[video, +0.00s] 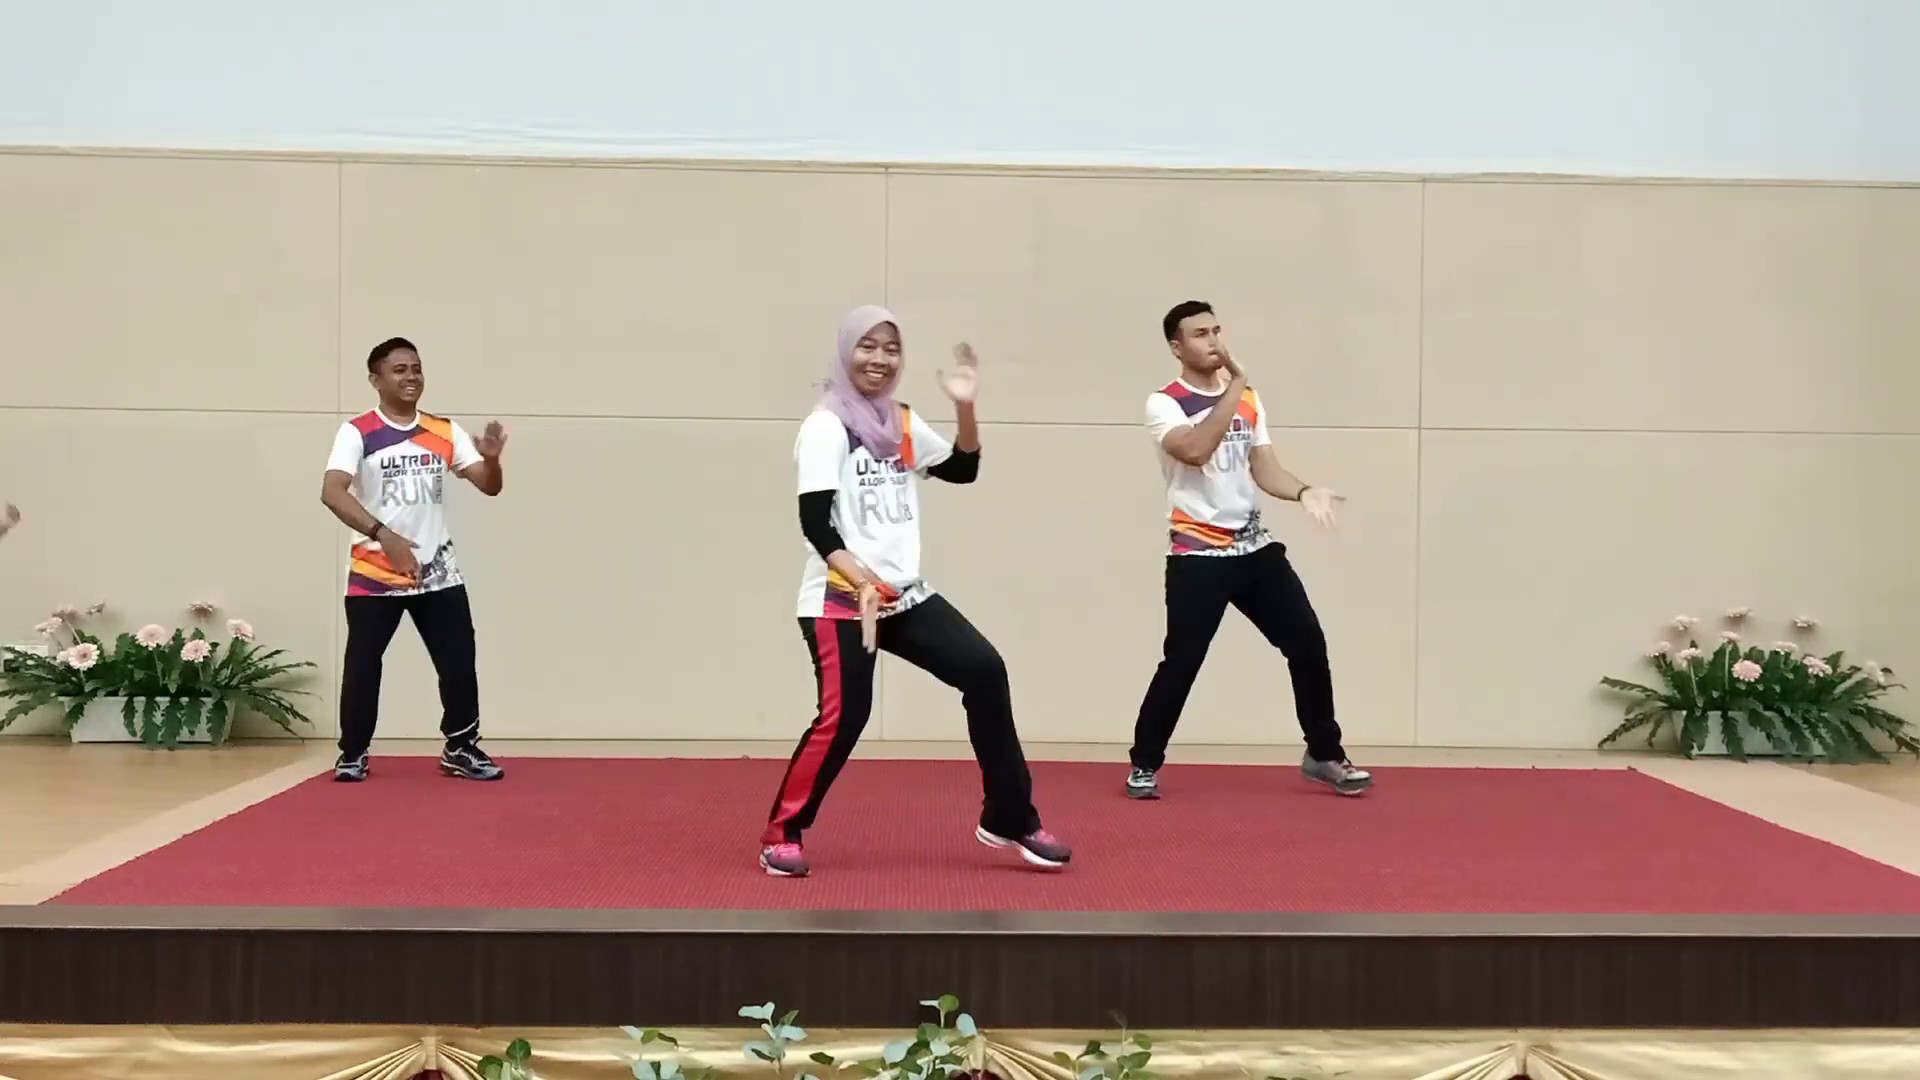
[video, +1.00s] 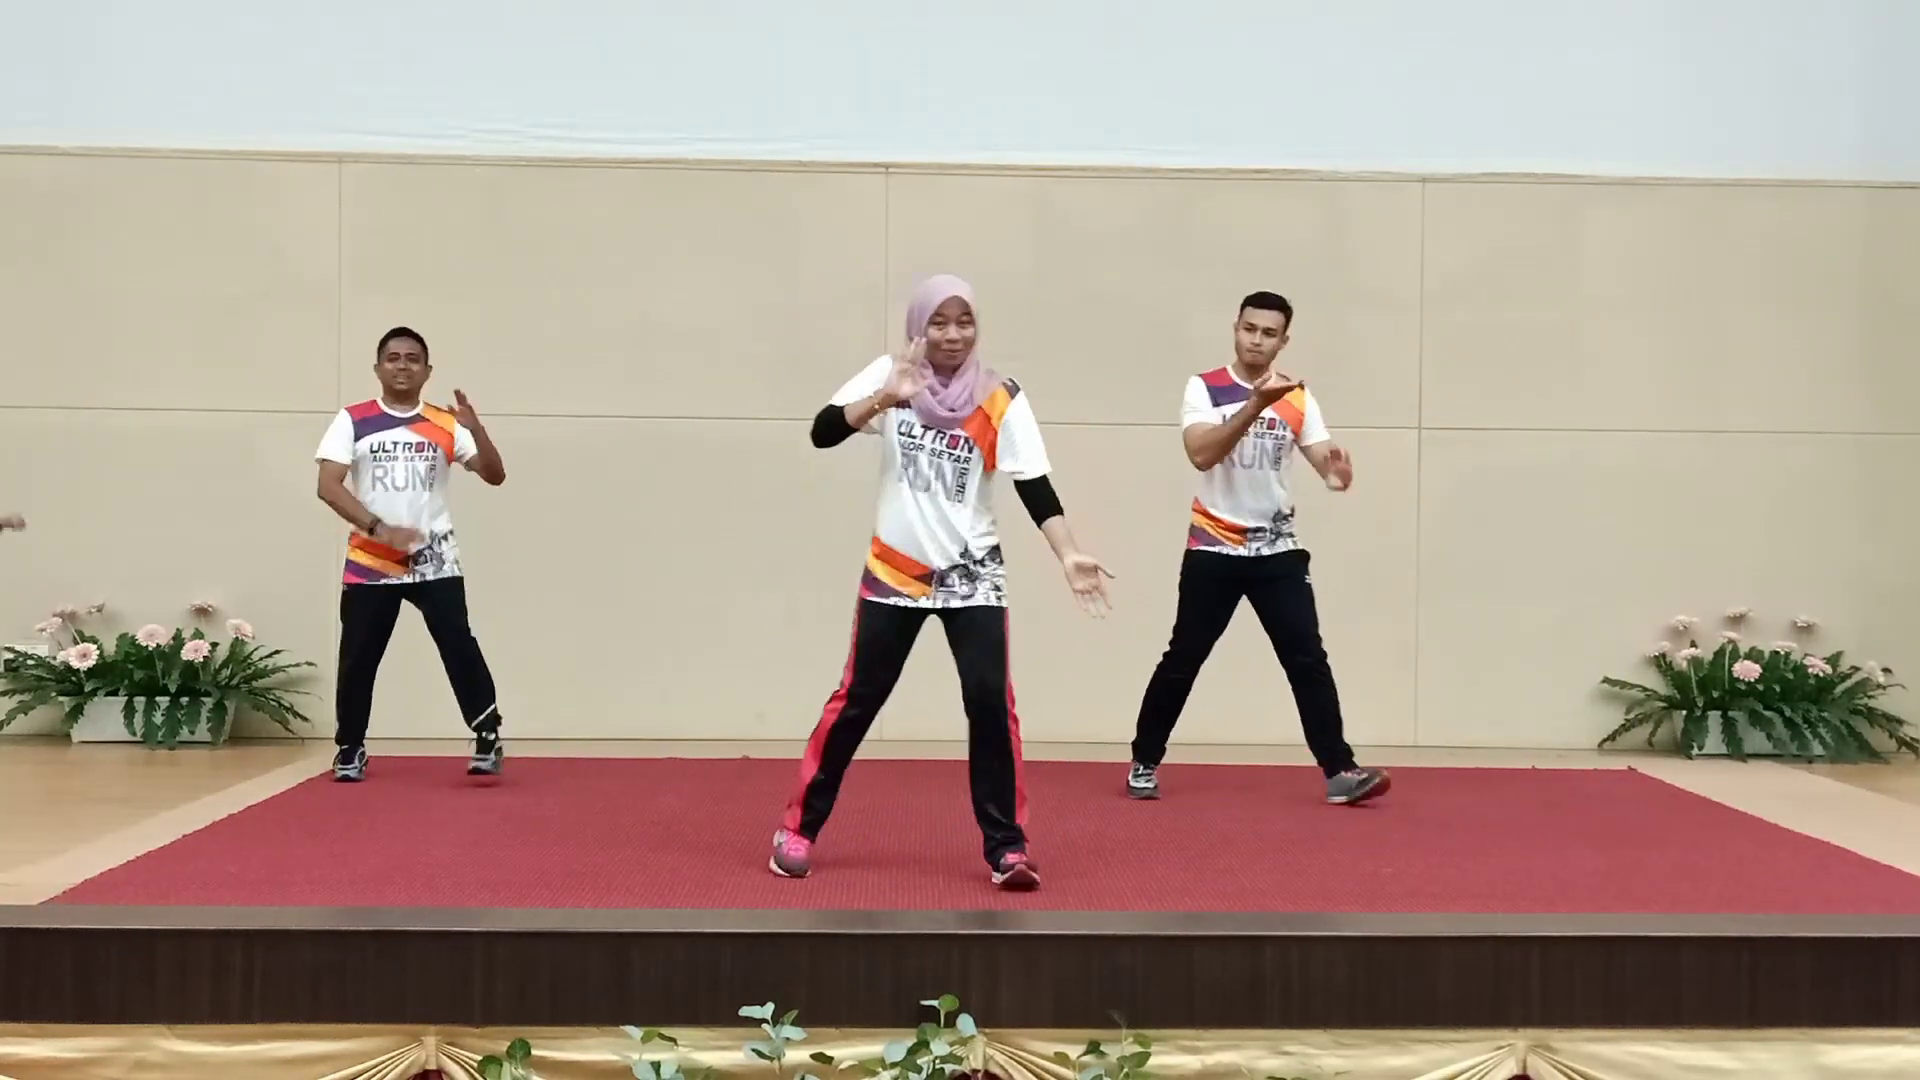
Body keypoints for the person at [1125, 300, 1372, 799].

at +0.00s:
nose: (1213, 340)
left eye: (1216, 331)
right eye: (1200, 334)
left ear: (1225, 336)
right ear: (1177, 346)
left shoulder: (1244, 397)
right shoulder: (1162, 403)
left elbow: (1264, 468)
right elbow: (1192, 449)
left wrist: (1303, 490)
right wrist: (1234, 388)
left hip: (1254, 552)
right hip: (1197, 557)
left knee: (1307, 642)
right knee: (1182, 662)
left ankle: (1323, 755)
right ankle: (1144, 766)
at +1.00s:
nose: (1258, 340)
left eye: (1270, 333)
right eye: (1250, 329)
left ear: (1283, 340)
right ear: (1235, 331)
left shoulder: (1296, 396)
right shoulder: (1205, 388)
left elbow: (1323, 458)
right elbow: (1200, 455)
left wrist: (1337, 472)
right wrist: (1254, 405)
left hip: (1276, 551)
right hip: (1213, 550)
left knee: (1307, 659)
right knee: (1183, 659)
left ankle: (1339, 772)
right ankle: (1144, 763)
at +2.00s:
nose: (1437, 329)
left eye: (1450, 324)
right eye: (1432, 319)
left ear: (1469, 336)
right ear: (1421, 324)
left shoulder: (1482, 395)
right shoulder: (1383, 386)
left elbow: (1499, 467)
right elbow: (1359, 459)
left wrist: (1456, 437)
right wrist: (1382, 476)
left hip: (1460, 542)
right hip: (1395, 544)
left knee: (1494, 651)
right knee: (1388, 659)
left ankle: (1542, 770)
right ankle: (1388, 769)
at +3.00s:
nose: (1490, 327)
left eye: (1501, 319)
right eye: (1487, 319)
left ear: (1532, 327)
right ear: (1483, 327)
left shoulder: (1558, 391)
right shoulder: (1469, 383)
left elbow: (1567, 469)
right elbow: (1424, 449)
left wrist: (1525, 434)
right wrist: (1452, 406)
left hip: (1524, 544)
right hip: (1460, 534)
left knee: (1536, 663)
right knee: (1410, 627)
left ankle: (1548, 777)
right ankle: (1381, 740)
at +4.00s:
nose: (1334, 332)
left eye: (1344, 324)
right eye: (1334, 324)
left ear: (1377, 331)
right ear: (1340, 332)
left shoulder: (1414, 398)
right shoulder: (1318, 394)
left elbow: (1428, 483)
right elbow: (1299, 470)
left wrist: (1422, 560)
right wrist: (1288, 542)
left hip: (1389, 549)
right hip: (1329, 542)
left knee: (1375, 661)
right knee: (1330, 650)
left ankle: (1360, 762)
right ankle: (1326, 761)